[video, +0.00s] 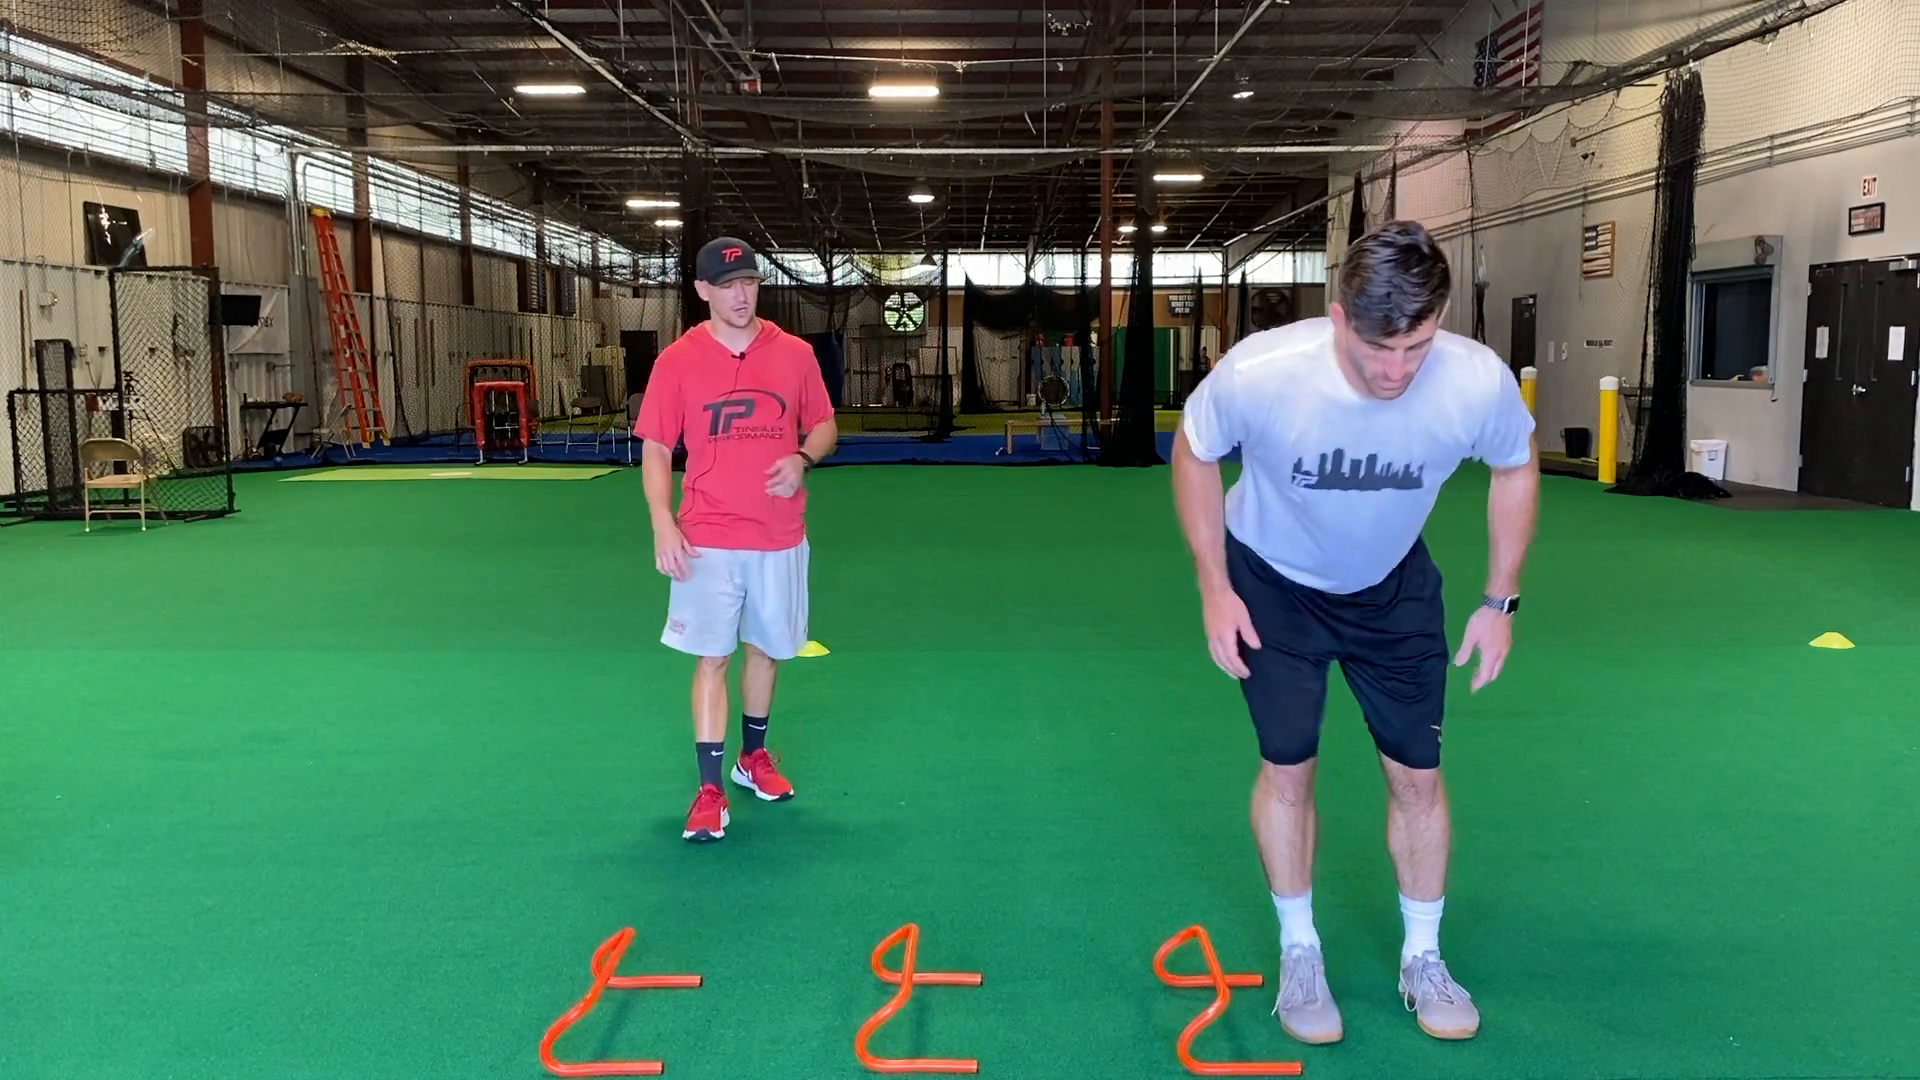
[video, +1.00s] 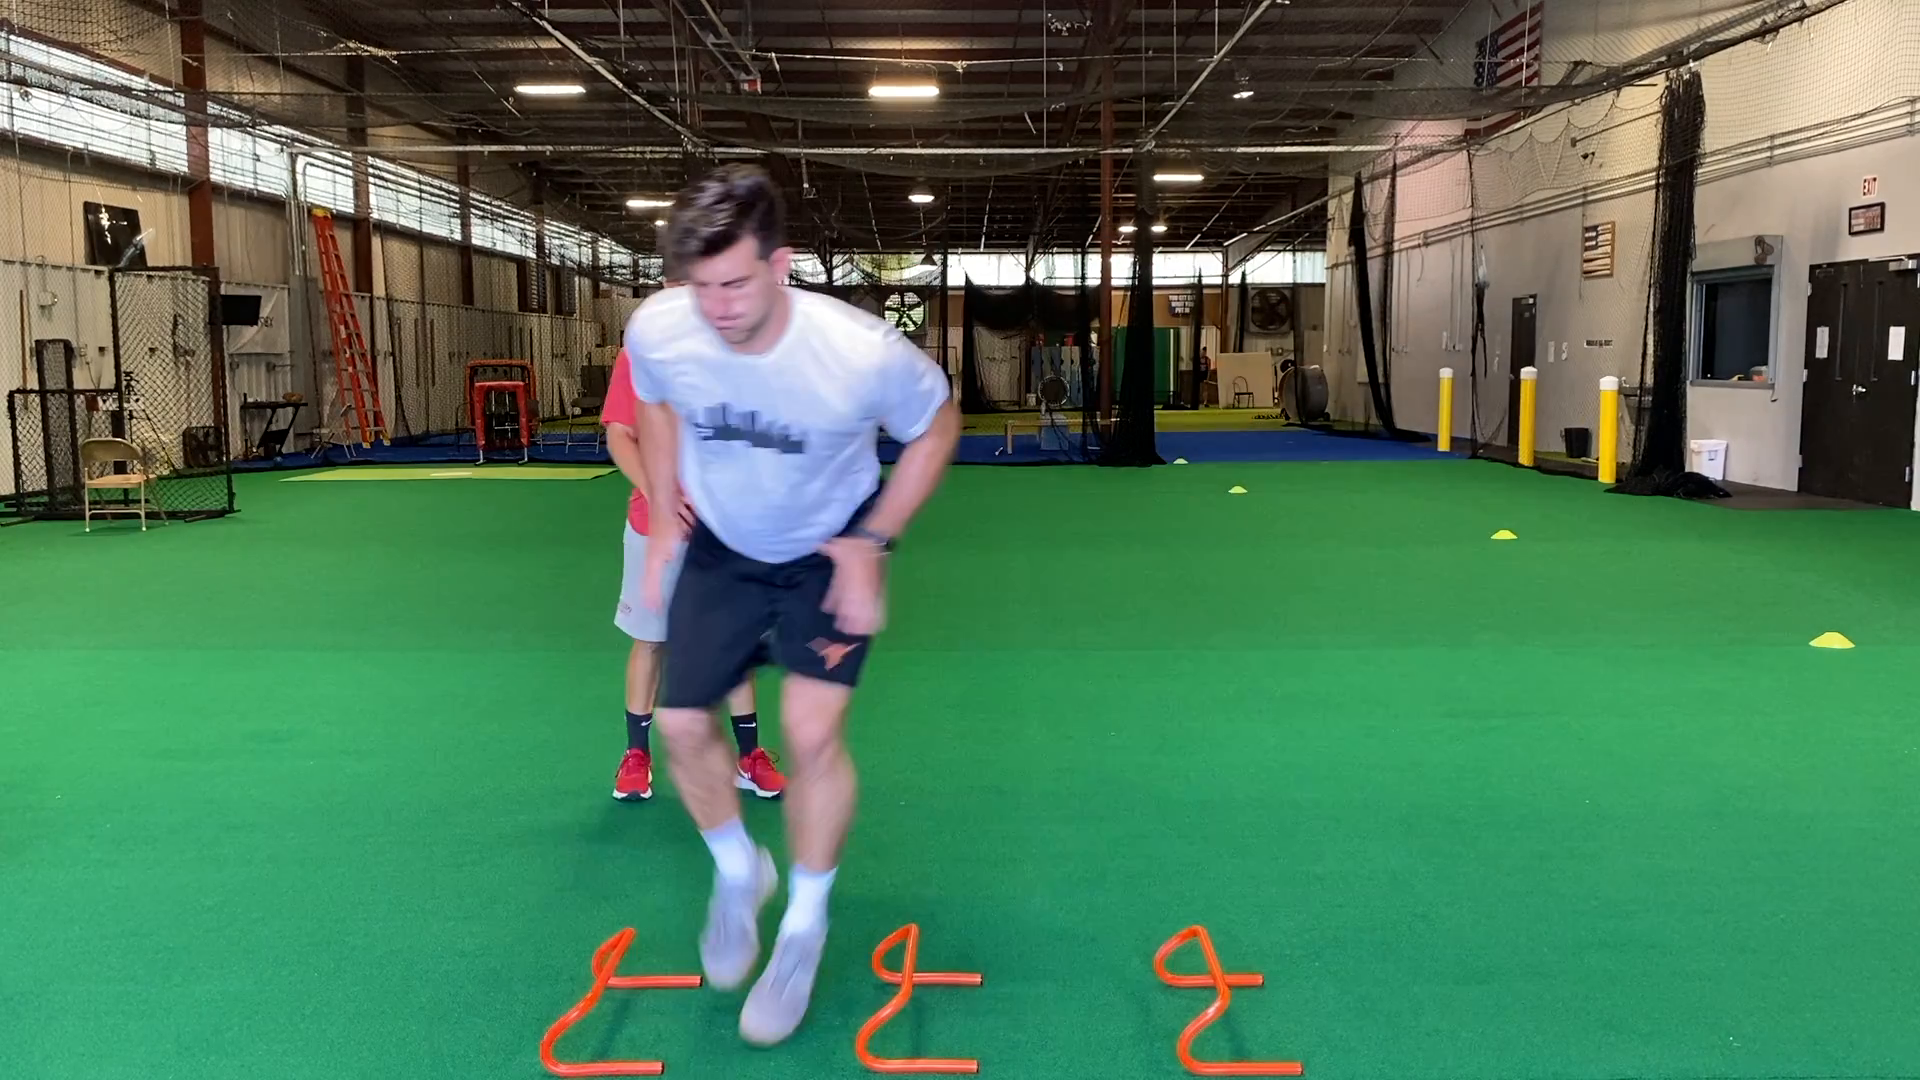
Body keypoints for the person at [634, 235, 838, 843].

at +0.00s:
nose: (741, 294)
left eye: (748, 282)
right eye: (727, 285)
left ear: (759, 285)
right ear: (702, 291)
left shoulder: (794, 353)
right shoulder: (676, 362)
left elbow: (825, 428)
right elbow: (655, 450)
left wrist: (803, 456)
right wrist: (662, 523)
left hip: (780, 536)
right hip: (709, 536)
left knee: (766, 650)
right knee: (713, 657)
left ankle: (753, 755)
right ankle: (710, 787)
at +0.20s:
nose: (759, 299)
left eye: (767, 287)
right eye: (747, 288)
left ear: (778, 291)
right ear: (722, 291)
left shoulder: (805, 357)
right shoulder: (691, 354)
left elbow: (824, 423)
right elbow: (667, 443)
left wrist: (812, 464)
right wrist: (669, 522)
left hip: (781, 531)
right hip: (714, 528)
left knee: (762, 644)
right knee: (717, 647)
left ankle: (753, 757)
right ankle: (713, 774)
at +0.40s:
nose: (766, 298)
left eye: (775, 287)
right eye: (755, 287)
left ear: (787, 292)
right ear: (732, 289)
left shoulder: (809, 361)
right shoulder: (695, 349)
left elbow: (829, 438)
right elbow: (662, 431)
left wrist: (801, 458)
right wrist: (655, 511)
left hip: (776, 524)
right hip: (710, 518)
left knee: (758, 639)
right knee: (713, 636)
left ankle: (753, 757)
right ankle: (702, 769)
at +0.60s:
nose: (756, 294)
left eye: (766, 284)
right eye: (746, 284)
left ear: (780, 290)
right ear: (725, 287)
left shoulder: (802, 360)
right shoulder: (689, 348)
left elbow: (823, 437)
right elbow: (656, 432)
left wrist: (799, 453)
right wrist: (653, 510)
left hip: (768, 529)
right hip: (699, 523)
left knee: (754, 640)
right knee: (693, 635)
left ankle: (753, 755)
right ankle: (663, 754)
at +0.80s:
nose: (730, 294)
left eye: (740, 283)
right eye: (719, 283)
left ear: (757, 288)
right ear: (702, 289)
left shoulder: (774, 353)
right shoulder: (670, 349)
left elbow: (799, 435)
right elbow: (645, 431)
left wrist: (780, 489)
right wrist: (666, 500)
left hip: (754, 532)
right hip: (683, 530)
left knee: (749, 642)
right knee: (662, 642)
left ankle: (754, 753)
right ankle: (637, 752)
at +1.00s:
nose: (700, 297)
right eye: (687, 281)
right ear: (669, 287)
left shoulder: (759, 356)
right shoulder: (643, 350)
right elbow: (618, 434)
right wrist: (658, 496)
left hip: (730, 526)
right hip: (659, 522)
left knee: (737, 646)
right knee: (649, 637)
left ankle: (750, 752)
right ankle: (637, 750)